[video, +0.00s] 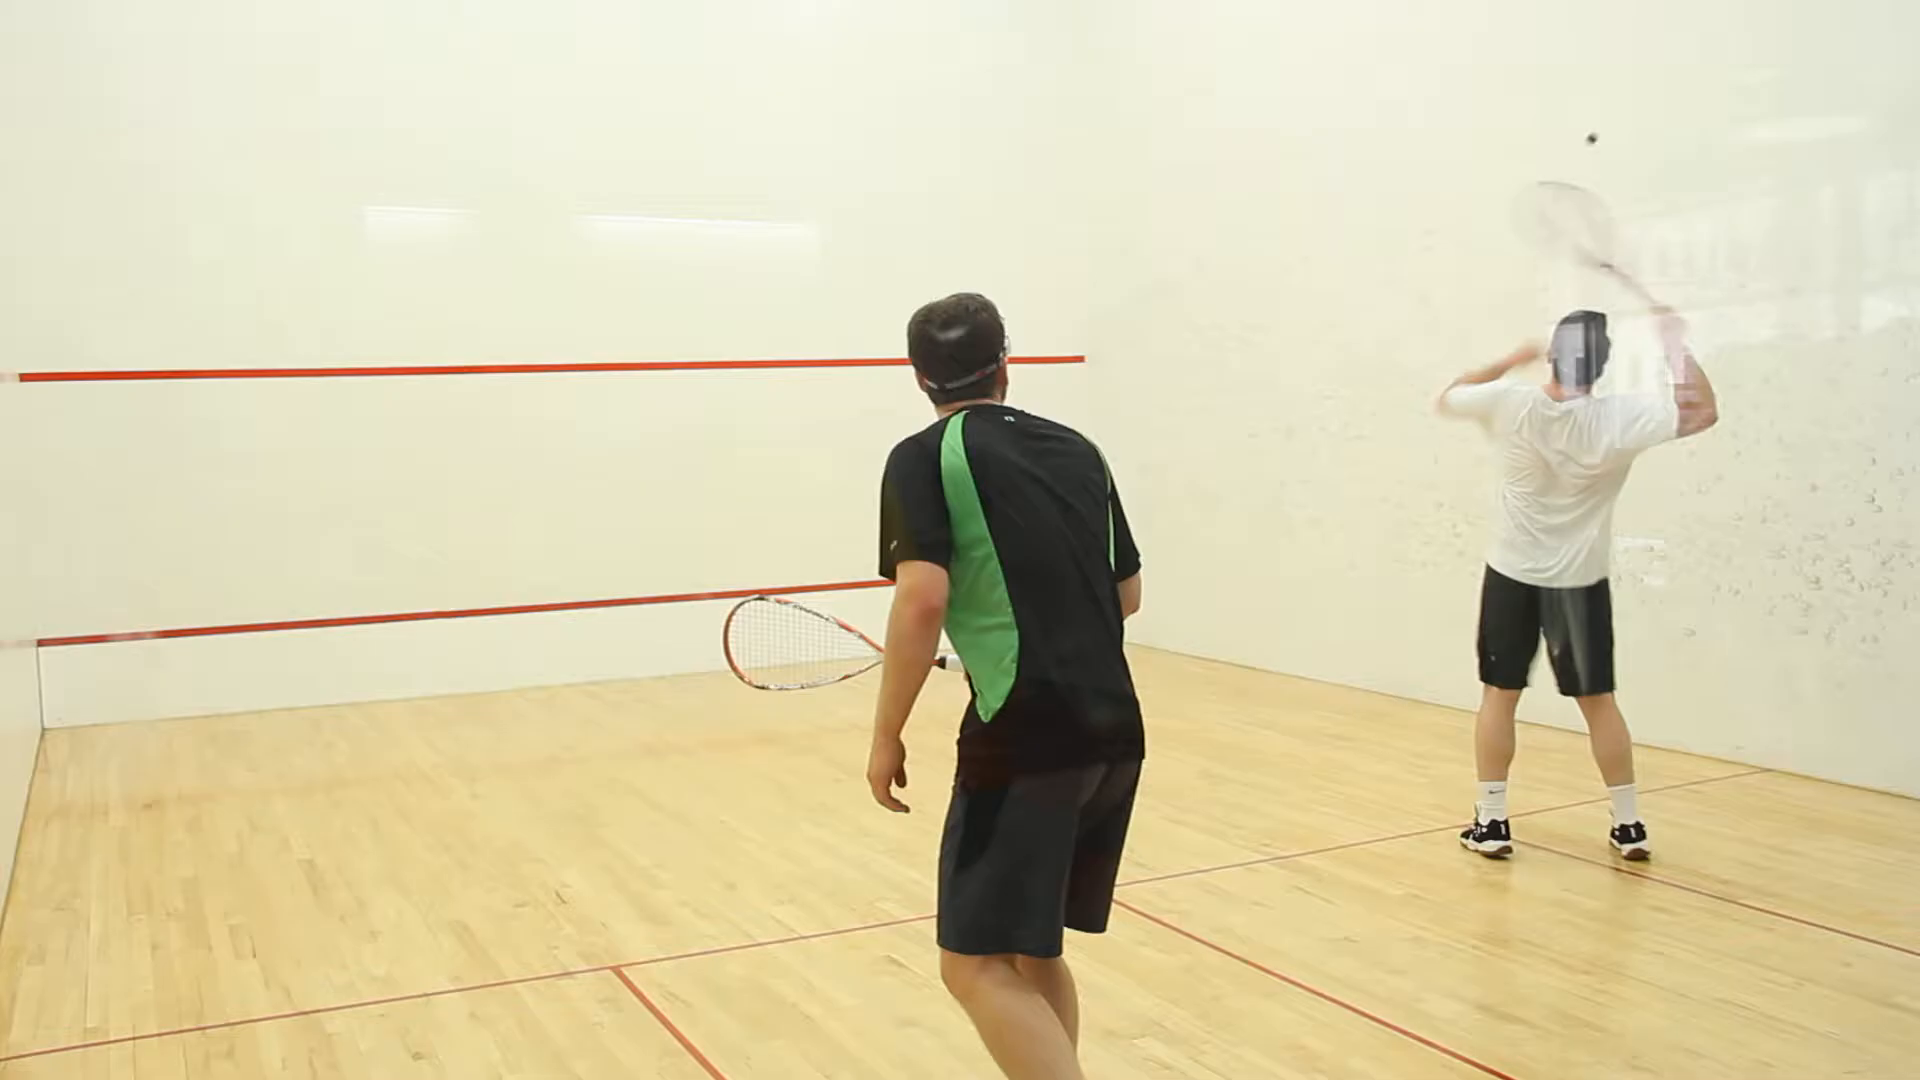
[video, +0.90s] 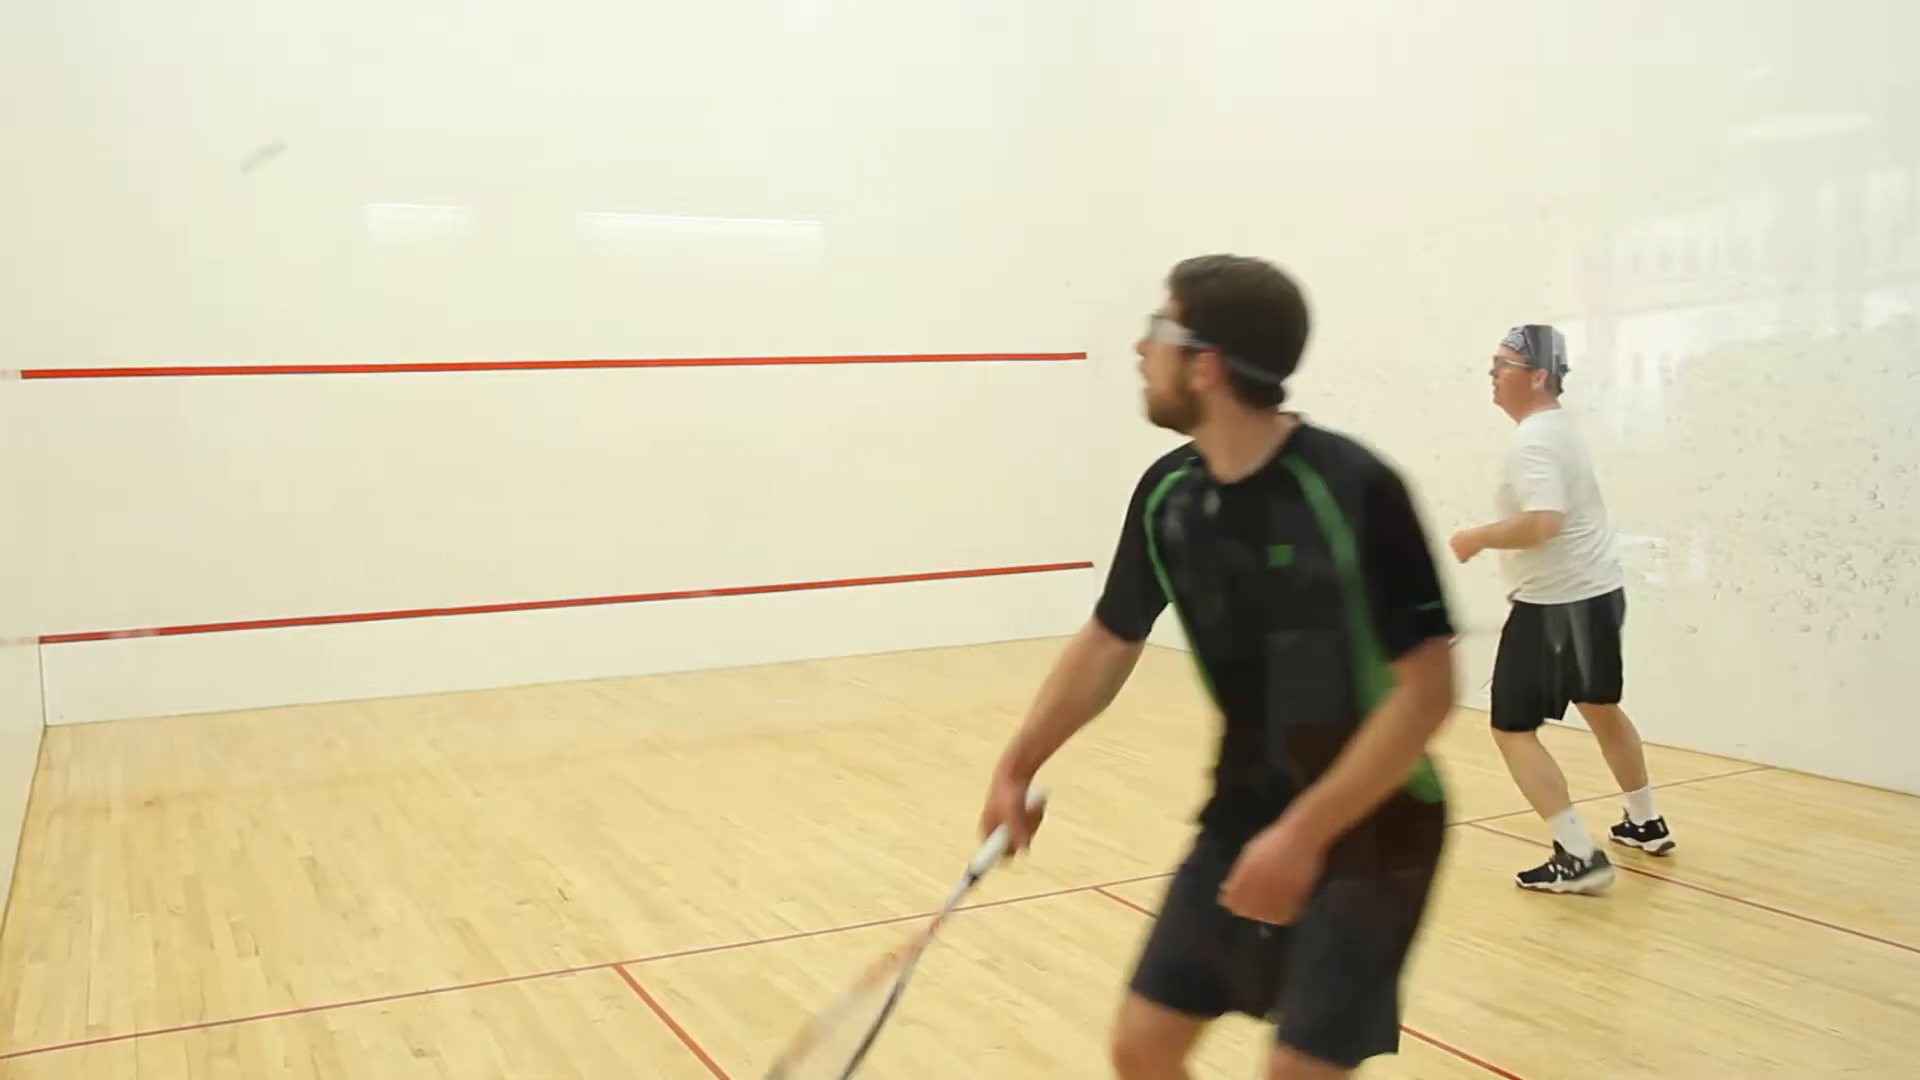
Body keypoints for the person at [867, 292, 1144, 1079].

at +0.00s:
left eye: (919, 371)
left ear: (919, 380)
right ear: (1004, 367)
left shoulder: (922, 458)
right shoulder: (1079, 450)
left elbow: (924, 598)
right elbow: (1124, 596)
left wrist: (888, 733)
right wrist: (1045, 651)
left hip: (1023, 738)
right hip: (1111, 731)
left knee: (973, 963)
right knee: (1037, 950)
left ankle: (1061, 1071)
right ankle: (1058, 1076)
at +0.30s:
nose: (920, 379)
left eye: (919, 369)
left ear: (921, 381)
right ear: (1005, 372)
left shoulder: (944, 461)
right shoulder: (1067, 449)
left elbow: (969, 606)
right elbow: (1128, 585)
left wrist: (921, 749)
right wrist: (1016, 654)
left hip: (1074, 752)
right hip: (1120, 738)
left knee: (1048, 974)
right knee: (1005, 917)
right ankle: (1050, 1071)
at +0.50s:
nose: (940, 372)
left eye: (941, 359)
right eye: (947, 358)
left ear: (952, 374)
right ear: (1033, 369)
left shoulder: (1010, 464)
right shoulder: (1073, 446)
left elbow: (1049, 625)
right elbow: (1096, 606)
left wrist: (973, 770)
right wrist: (1013, 687)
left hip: (1144, 778)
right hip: (1105, 771)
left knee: (1141, 1016)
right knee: (1030, 942)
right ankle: (1055, 1074)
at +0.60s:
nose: (975, 370)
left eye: (978, 356)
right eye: (981, 355)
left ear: (990, 376)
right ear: (1070, 374)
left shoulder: (1073, 479)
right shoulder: (1085, 460)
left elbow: (1121, 655)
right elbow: (1116, 617)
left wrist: (1029, 791)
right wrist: (1029, 680)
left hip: (1190, 792)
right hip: (1128, 782)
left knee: (1180, 1038)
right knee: (1046, 955)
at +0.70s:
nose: (1031, 373)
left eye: (1038, 358)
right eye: (1038, 356)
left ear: (1056, 378)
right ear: (1124, 377)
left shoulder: (1170, 496)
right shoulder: (1108, 494)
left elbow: (1222, 684)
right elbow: (1128, 638)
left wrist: (1117, 825)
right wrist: (1045, 707)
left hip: (1247, 812)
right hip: (1164, 802)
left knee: (1208, 1049)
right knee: (1097, 981)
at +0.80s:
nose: (1096, 369)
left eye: (1109, 353)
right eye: (1103, 351)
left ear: (1141, 378)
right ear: (1159, 380)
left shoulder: (1271, 501)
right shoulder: (1152, 503)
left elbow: (1334, 701)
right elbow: (1139, 629)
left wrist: (1211, 846)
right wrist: (1056, 730)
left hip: (1300, 831)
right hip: (1190, 827)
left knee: (1244, 1064)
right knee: (1115, 1028)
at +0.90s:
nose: (1139, 349)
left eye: (1157, 332)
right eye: (1149, 328)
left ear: (1208, 364)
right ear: (1208, 366)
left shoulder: (1358, 489)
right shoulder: (1168, 494)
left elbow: (1429, 688)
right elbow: (1107, 641)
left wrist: (1302, 833)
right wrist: (1016, 766)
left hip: (1373, 814)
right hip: (1252, 803)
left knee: (1302, 1066)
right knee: (1142, 1047)